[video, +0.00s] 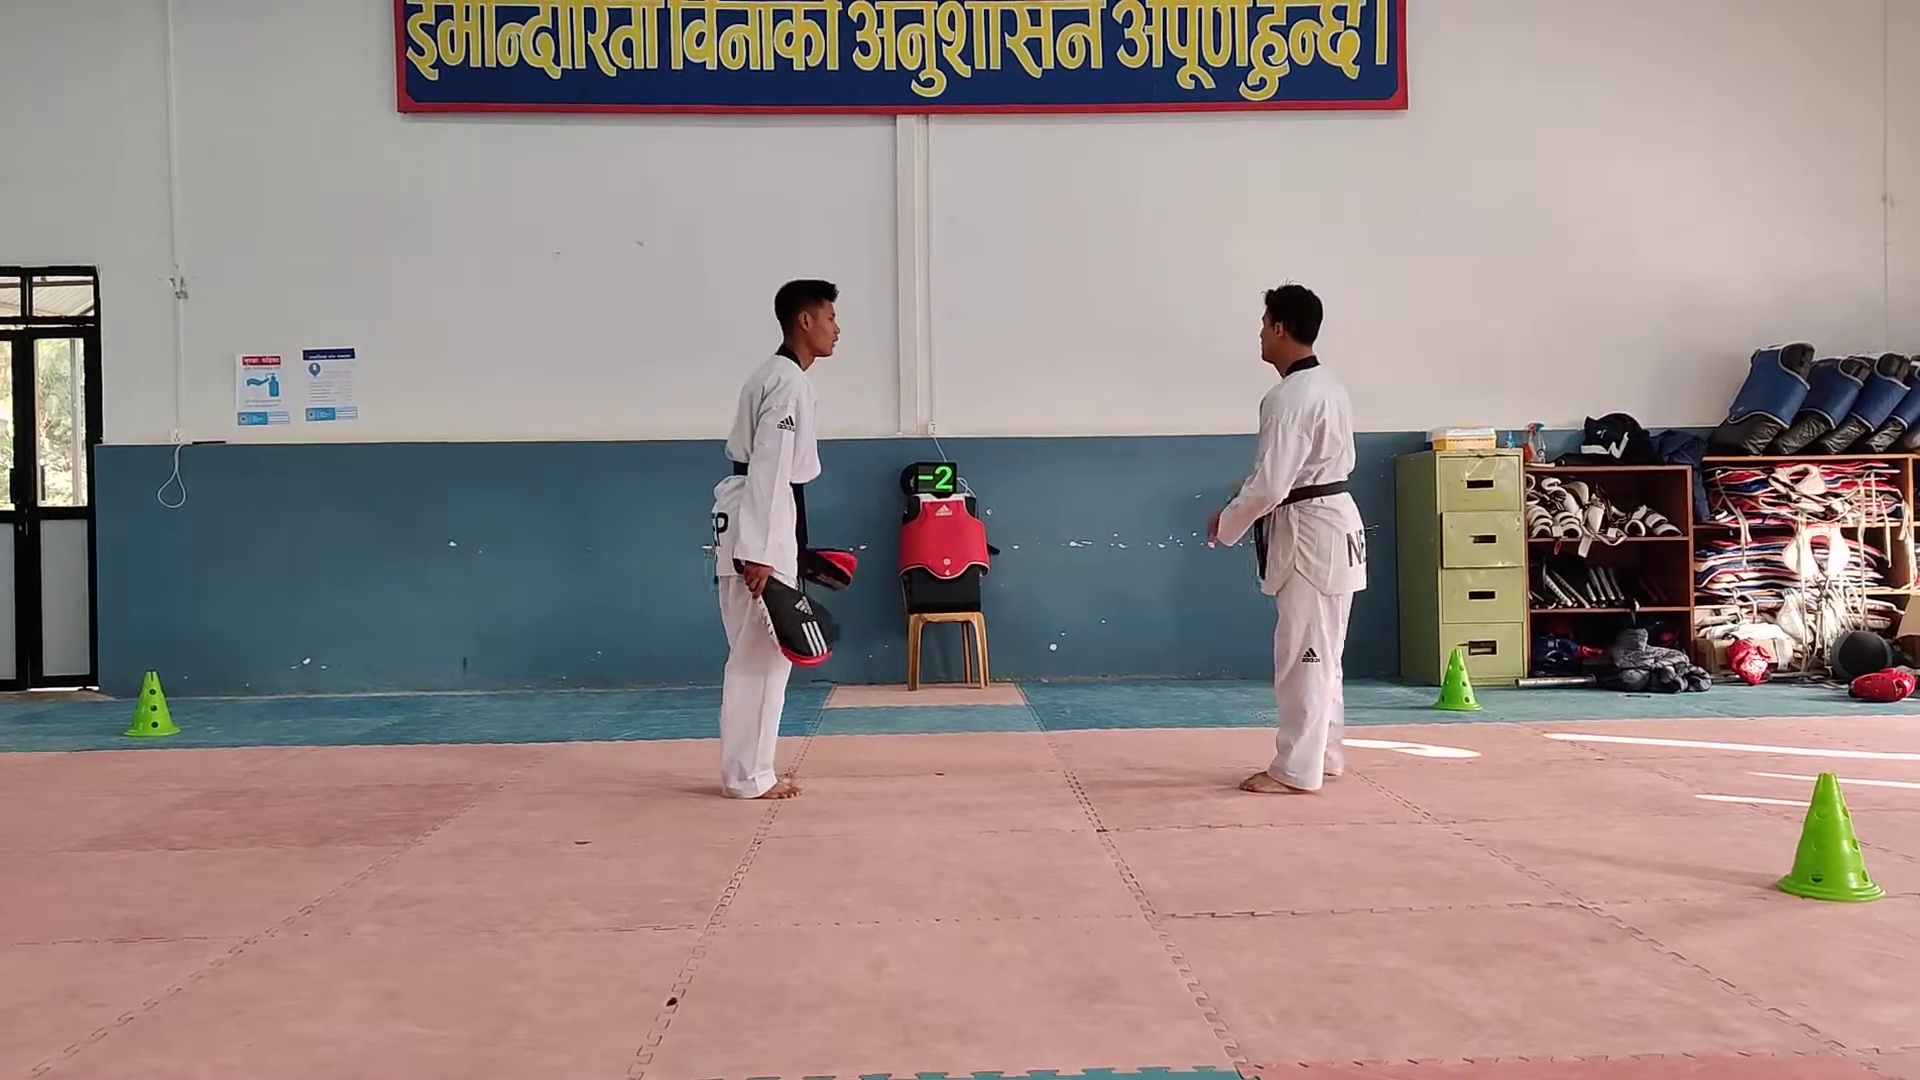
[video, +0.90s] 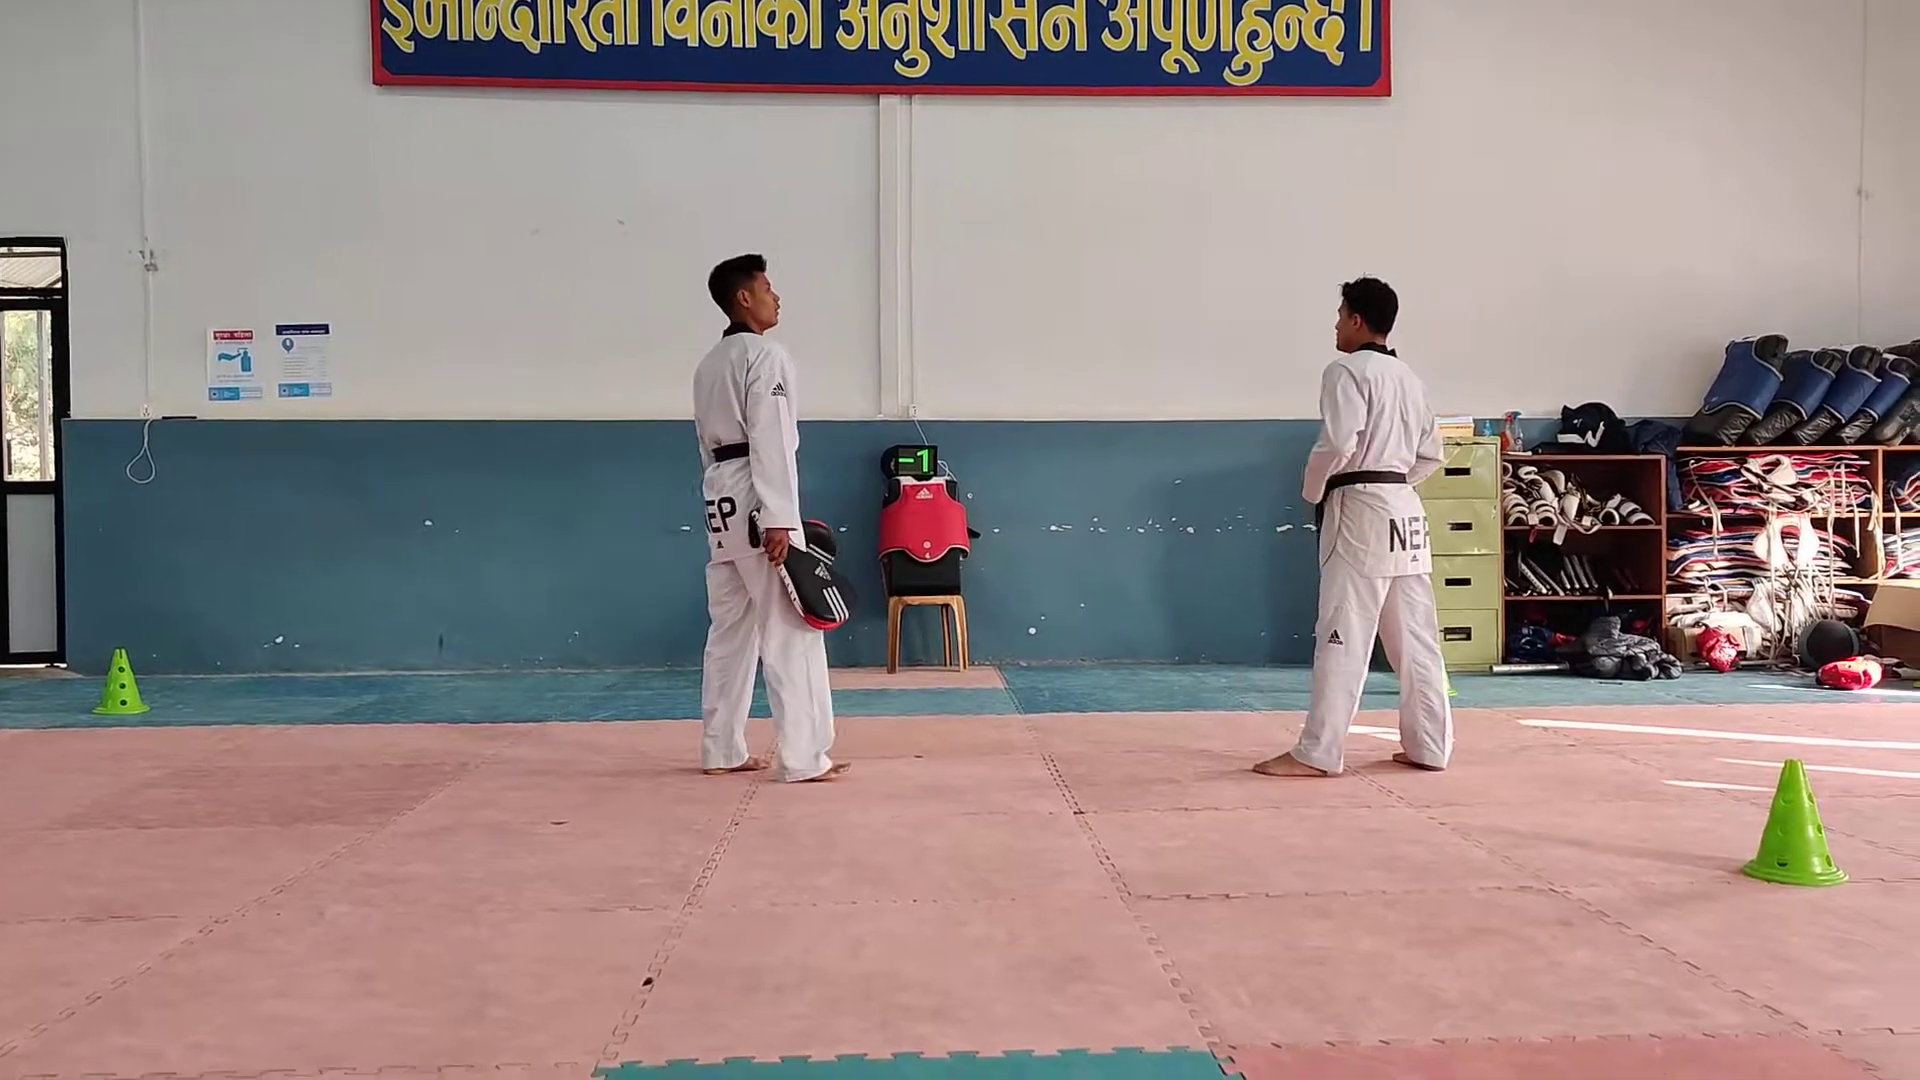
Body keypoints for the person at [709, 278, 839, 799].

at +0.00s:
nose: (837, 328)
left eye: (835, 318)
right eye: (830, 317)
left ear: (801, 323)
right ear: (805, 321)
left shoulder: (774, 377)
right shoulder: (788, 383)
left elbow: (771, 476)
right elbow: (767, 475)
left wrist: (796, 552)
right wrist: (758, 550)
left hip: (752, 524)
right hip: (760, 529)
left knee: (758, 653)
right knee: (766, 654)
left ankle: (749, 771)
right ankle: (749, 776)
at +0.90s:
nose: (776, 296)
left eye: (772, 286)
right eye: (767, 288)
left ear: (737, 301)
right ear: (743, 298)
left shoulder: (709, 363)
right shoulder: (765, 354)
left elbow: (714, 454)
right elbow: (772, 444)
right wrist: (779, 517)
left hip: (719, 505)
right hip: (759, 502)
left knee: (730, 629)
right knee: (794, 628)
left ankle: (722, 750)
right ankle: (805, 757)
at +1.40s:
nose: (814, 298)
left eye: (810, 287)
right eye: (806, 288)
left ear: (771, 298)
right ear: (780, 295)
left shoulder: (726, 357)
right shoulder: (801, 356)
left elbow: (698, 433)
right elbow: (818, 447)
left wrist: (729, 487)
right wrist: (844, 525)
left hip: (729, 494)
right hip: (779, 491)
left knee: (724, 627)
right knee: (794, 627)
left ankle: (708, 748)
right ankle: (802, 757)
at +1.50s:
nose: (825, 302)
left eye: (823, 292)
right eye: (818, 293)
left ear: (782, 300)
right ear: (793, 298)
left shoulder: (734, 353)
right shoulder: (807, 358)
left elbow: (700, 425)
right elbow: (838, 448)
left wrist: (727, 473)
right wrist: (892, 508)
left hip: (726, 487)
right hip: (773, 487)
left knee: (723, 624)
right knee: (789, 622)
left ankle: (706, 749)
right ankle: (798, 758)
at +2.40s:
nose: (779, 318)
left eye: (778, 308)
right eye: (772, 308)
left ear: (737, 314)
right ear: (744, 311)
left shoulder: (691, 370)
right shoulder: (741, 371)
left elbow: (709, 457)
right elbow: (765, 448)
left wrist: (768, 468)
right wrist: (841, 447)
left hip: (677, 502)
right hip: (717, 504)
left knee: (702, 626)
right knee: (772, 620)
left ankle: (648, 735)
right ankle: (807, 749)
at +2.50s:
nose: (749, 309)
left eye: (748, 299)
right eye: (741, 299)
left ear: (716, 304)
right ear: (711, 301)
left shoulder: (699, 363)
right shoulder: (692, 358)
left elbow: (710, 450)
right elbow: (685, 435)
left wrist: (764, 478)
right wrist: (759, 434)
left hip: (659, 489)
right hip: (679, 487)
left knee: (692, 619)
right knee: (751, 603)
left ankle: (653, 733)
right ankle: (811, 737)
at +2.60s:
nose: (724, 295)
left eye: (723, 286)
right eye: (715, 286)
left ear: (695, 290)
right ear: (686, 288)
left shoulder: (703, 353)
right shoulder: (648, 348)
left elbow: (705, 438)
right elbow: (634, 422)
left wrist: (756, 468)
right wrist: (711, 419)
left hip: (665, 475)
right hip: (640, 475)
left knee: (675, 604)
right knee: (708, 591)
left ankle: (666, 722)